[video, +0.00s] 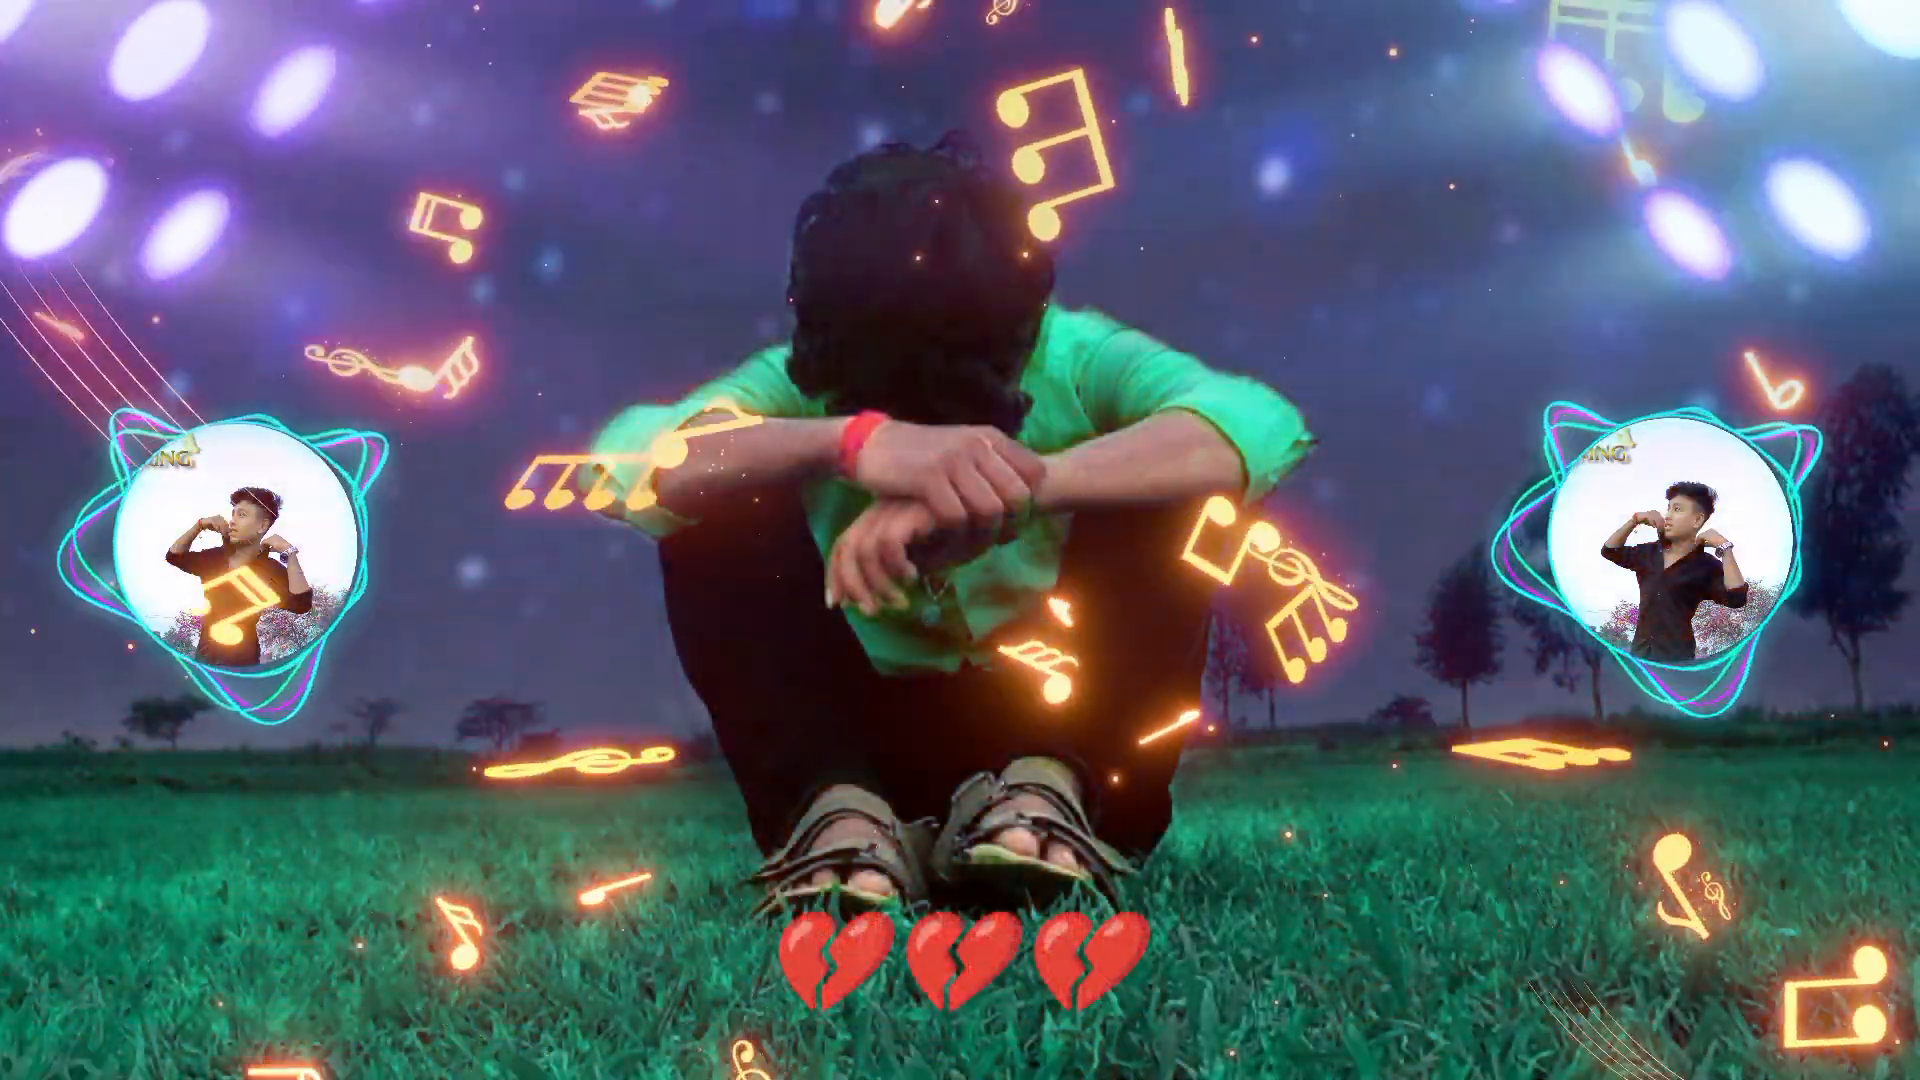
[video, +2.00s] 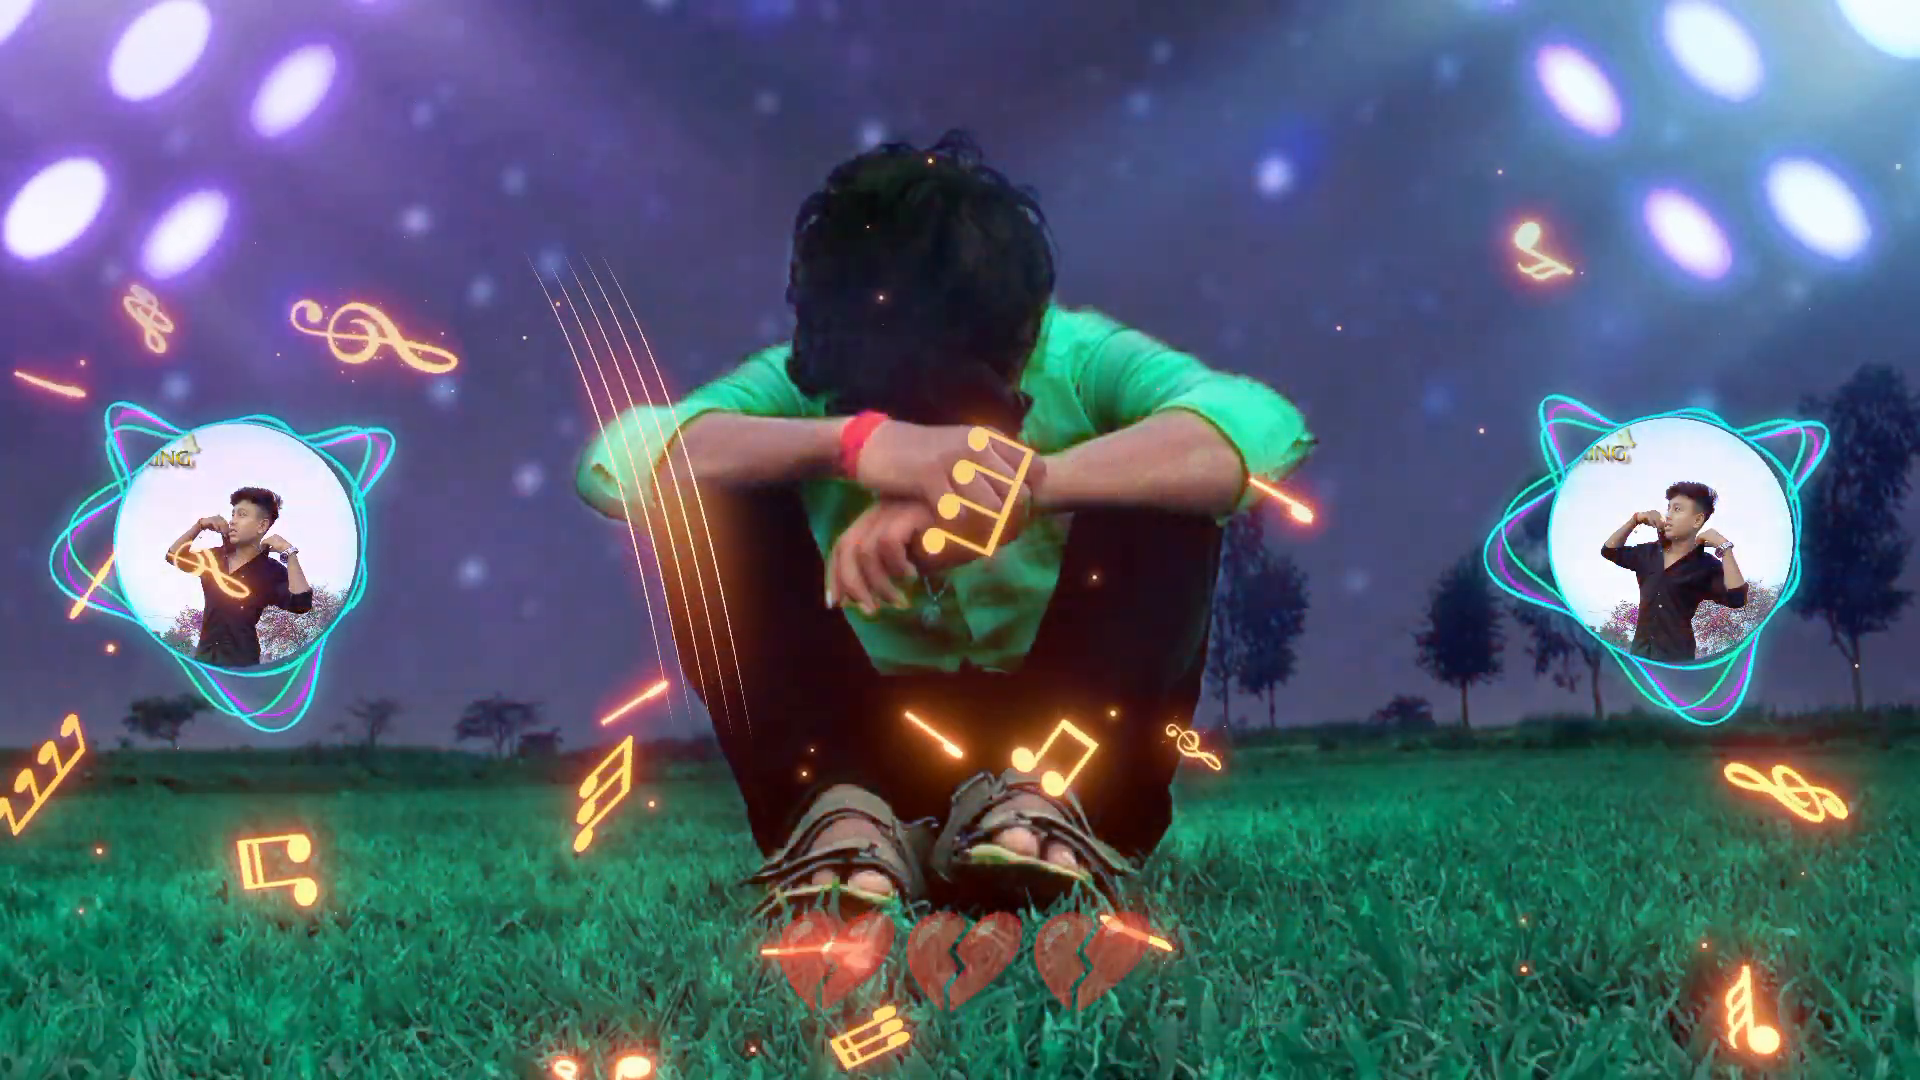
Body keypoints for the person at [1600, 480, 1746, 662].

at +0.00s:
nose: (1667, 515)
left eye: (1677, 509)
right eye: (1668, 509)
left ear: (1698, 519)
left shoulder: (1705, 565)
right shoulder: (1648, 553)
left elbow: (1737, 600)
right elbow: (1609, 551)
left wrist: (1725, 548)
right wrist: (1633, 522)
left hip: (1678, 659)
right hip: (1640, 654)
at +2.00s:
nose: (1668, 516)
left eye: (1677, 509)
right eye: (1669, 509)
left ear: (1698, 519)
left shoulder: (1705, 565)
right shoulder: (1648, 553)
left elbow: (1737, 600)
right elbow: (1609, 551)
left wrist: (1725, 548)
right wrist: (1634, 521)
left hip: (1677, 659)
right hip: (1639, 654)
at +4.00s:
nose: (1667, 515)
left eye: (1677, 509)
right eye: (1668, 509)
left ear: (1698, 520)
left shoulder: (1705, 564)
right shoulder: (1647, 553)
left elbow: (1737, 599)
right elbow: (1609, 551)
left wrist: (1725, 547)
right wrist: (1634, 520)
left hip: (1677, 660)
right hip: (1639, 655)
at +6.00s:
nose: (1667, 515)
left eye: (1677, 509)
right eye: (1668, 509)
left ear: (1698, 520)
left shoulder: (1705, 564)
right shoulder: (1647, 553)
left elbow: (1737, 599)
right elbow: (1609, 551)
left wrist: (1725, 547)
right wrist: (1634, 521)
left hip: (1677, 658)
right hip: (1639, 654)